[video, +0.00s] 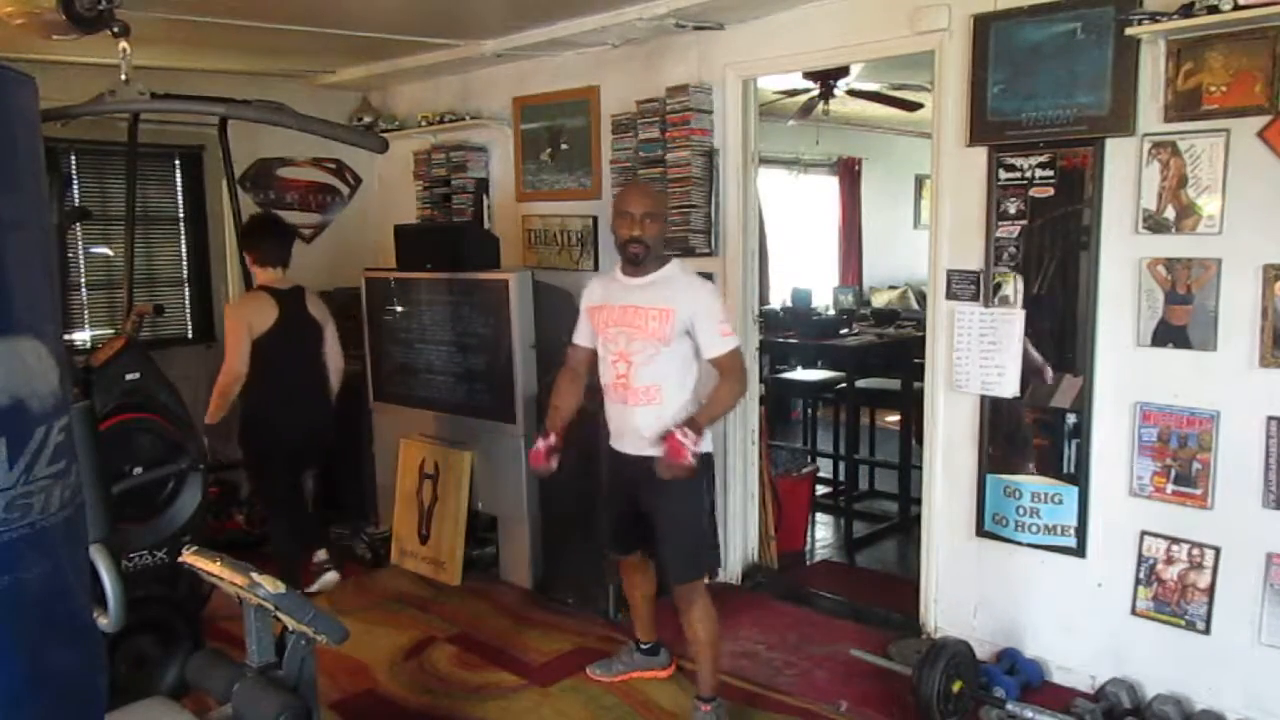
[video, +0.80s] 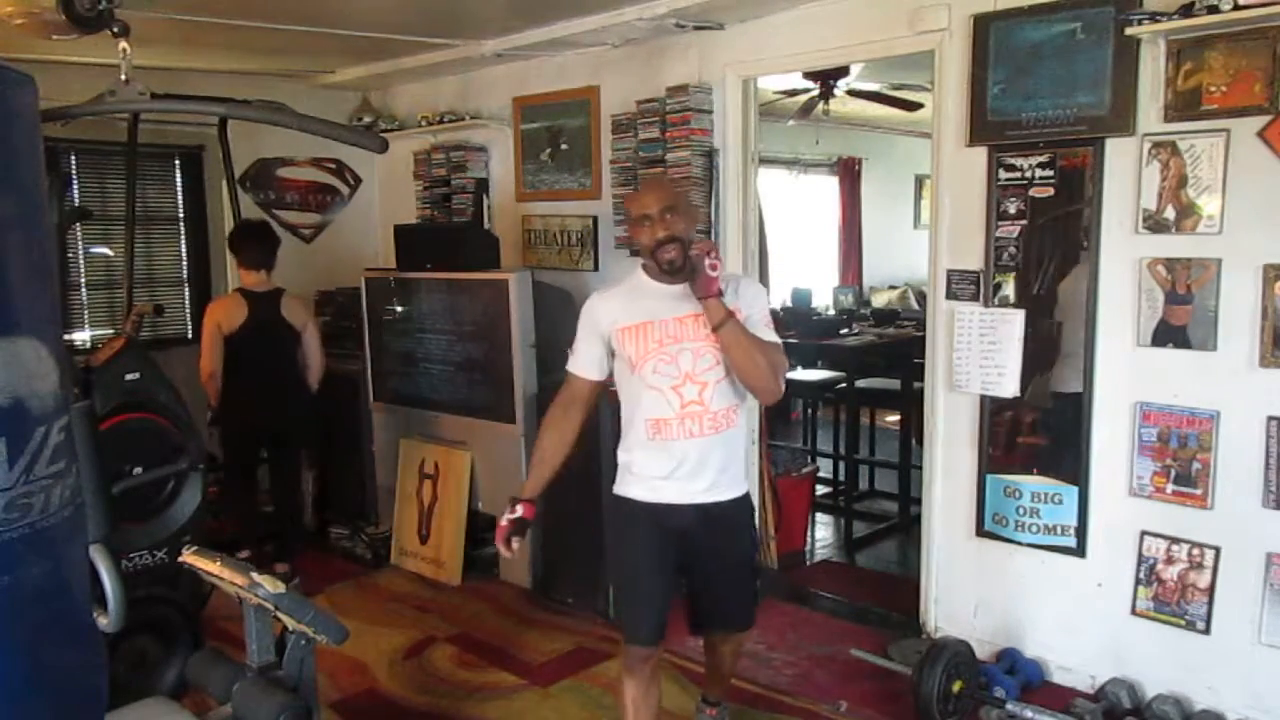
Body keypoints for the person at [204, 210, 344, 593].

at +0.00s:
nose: (246, 260)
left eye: (247, 254)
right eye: (249, 254)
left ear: (250, 257)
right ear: (287, 256)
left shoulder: (243, 308)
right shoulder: (314, 303)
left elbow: (235, 371)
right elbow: (335, 365)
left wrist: (210, 420)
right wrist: (324, 402)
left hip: (266, 418)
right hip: (312, 414)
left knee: (275, 496)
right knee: (294, 487)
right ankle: (319, 557)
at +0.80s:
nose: (241, 261)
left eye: (238, 254)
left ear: (236, 258)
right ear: (274, 257)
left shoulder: (219, 311)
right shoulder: (297, 308)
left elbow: (210, 372)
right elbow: (315, 366)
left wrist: (220, 405)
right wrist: (301, 399)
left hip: (240, 418)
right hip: (287, 415)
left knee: (240, 489)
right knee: (287, 491)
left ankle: (245, 556)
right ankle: (285, 564)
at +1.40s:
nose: (244, 260)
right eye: (242, 255)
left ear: (201, 259)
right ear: (239, 259)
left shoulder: (189, 307)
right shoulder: (247, 303)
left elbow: (179, 360)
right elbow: (262, 361)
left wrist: (202, 375)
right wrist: (284, 403)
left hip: (208, 405)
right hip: (249, 405)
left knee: (218, 479)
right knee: (268, 478)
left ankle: (210, 552)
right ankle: (277, 558)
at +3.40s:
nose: (237, 264)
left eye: (239, 257)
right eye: (230, 255)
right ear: (206, 259)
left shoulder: (207, 298)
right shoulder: (212, 304)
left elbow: (213, 358)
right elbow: (211, 360)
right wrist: (234, 409)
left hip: (209, 402)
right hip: (217, 406)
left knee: (224, 478)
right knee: (236, 478)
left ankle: (224, 546)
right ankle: (245, 550)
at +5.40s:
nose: (242, 268)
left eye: (245, 260)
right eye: (234, 259)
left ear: (248, 260)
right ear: (212, 259)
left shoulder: (224, 295)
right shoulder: (212, 302)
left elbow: (228, 354)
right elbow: (216, 359)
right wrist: (246, 407)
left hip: (219, 401)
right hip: (218, 405)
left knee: (233, 478)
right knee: (236, 479)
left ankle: (235, 549)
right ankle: (241, 552)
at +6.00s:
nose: (244, 273)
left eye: (249, 265)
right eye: (236, 265)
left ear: (255, 262)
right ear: (215, 262)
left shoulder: (243, 292)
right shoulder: (210, 303)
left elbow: (246, 350)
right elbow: (202, 365)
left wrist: (262, 391)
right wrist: (221, 418)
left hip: (247, 402)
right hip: (225, 407)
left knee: (244, 480)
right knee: (232, 484)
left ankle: (243, 548)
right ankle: (230, 552)